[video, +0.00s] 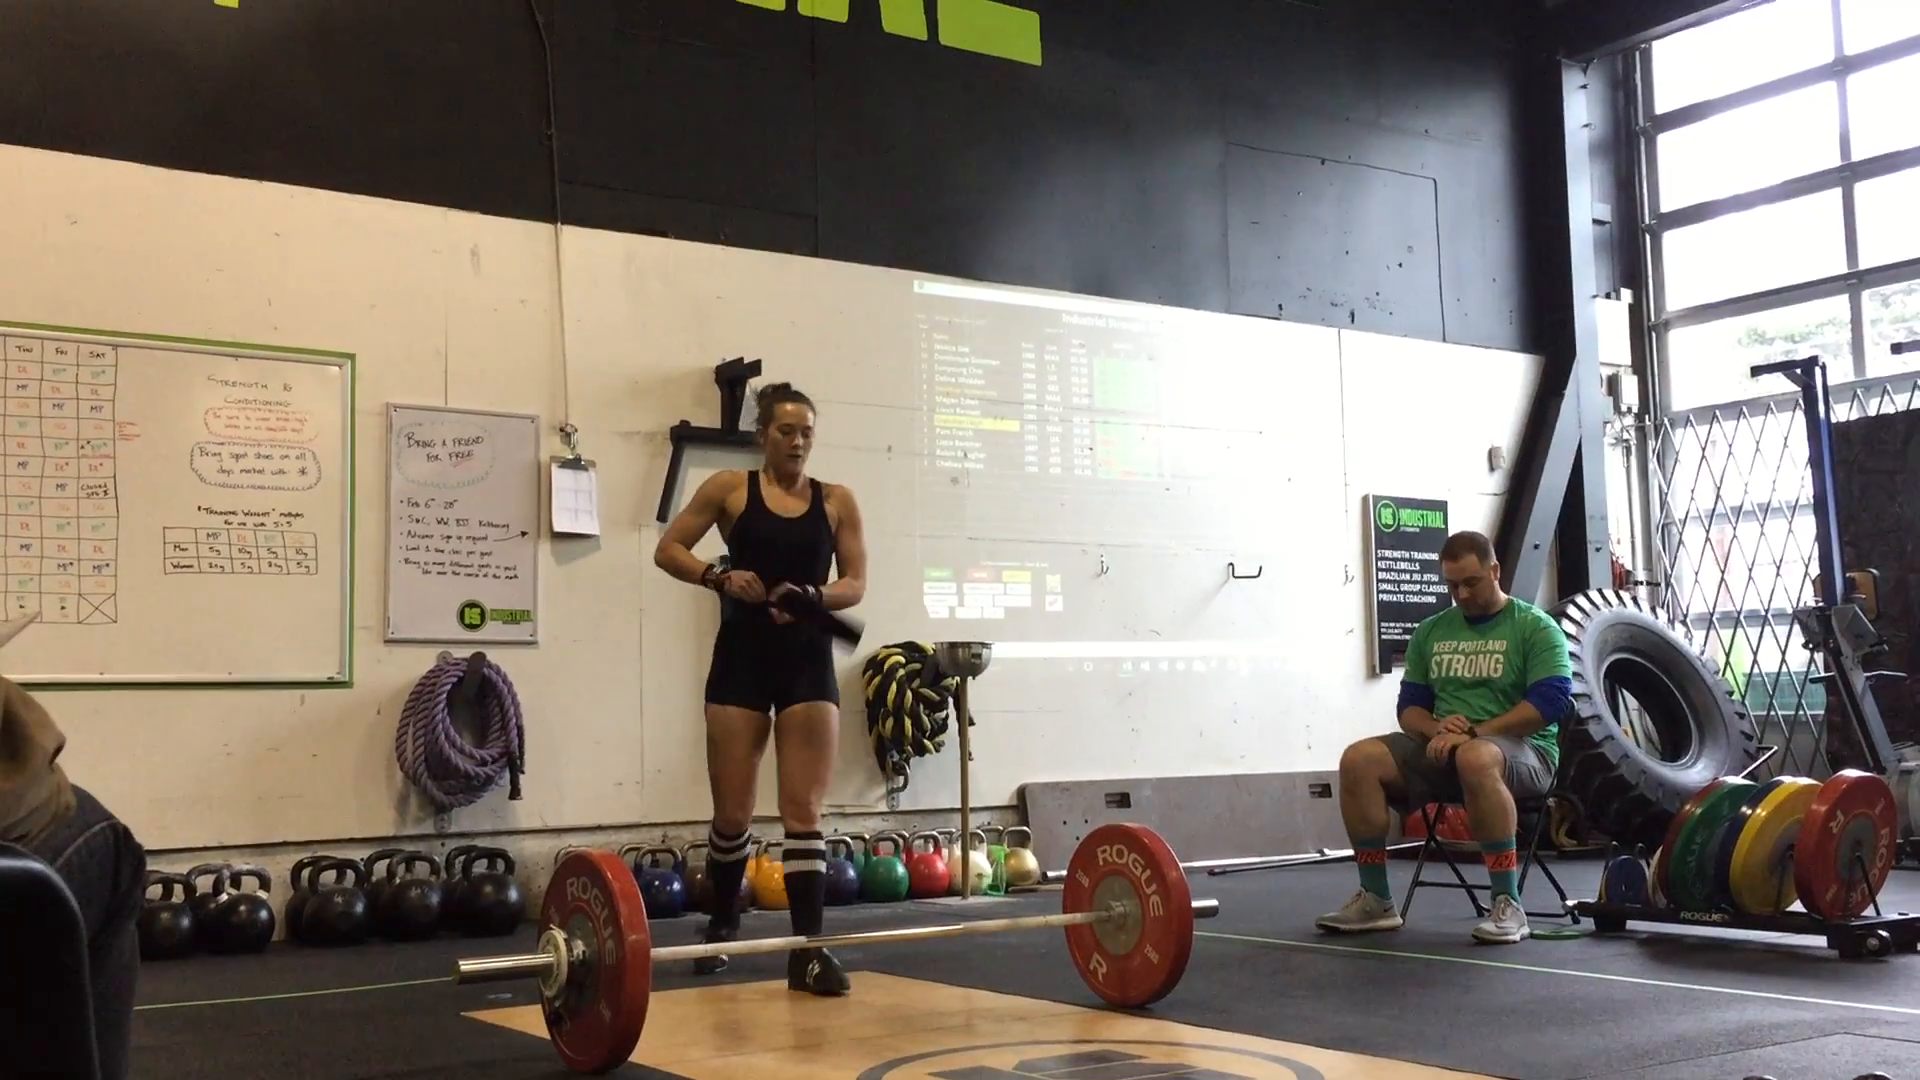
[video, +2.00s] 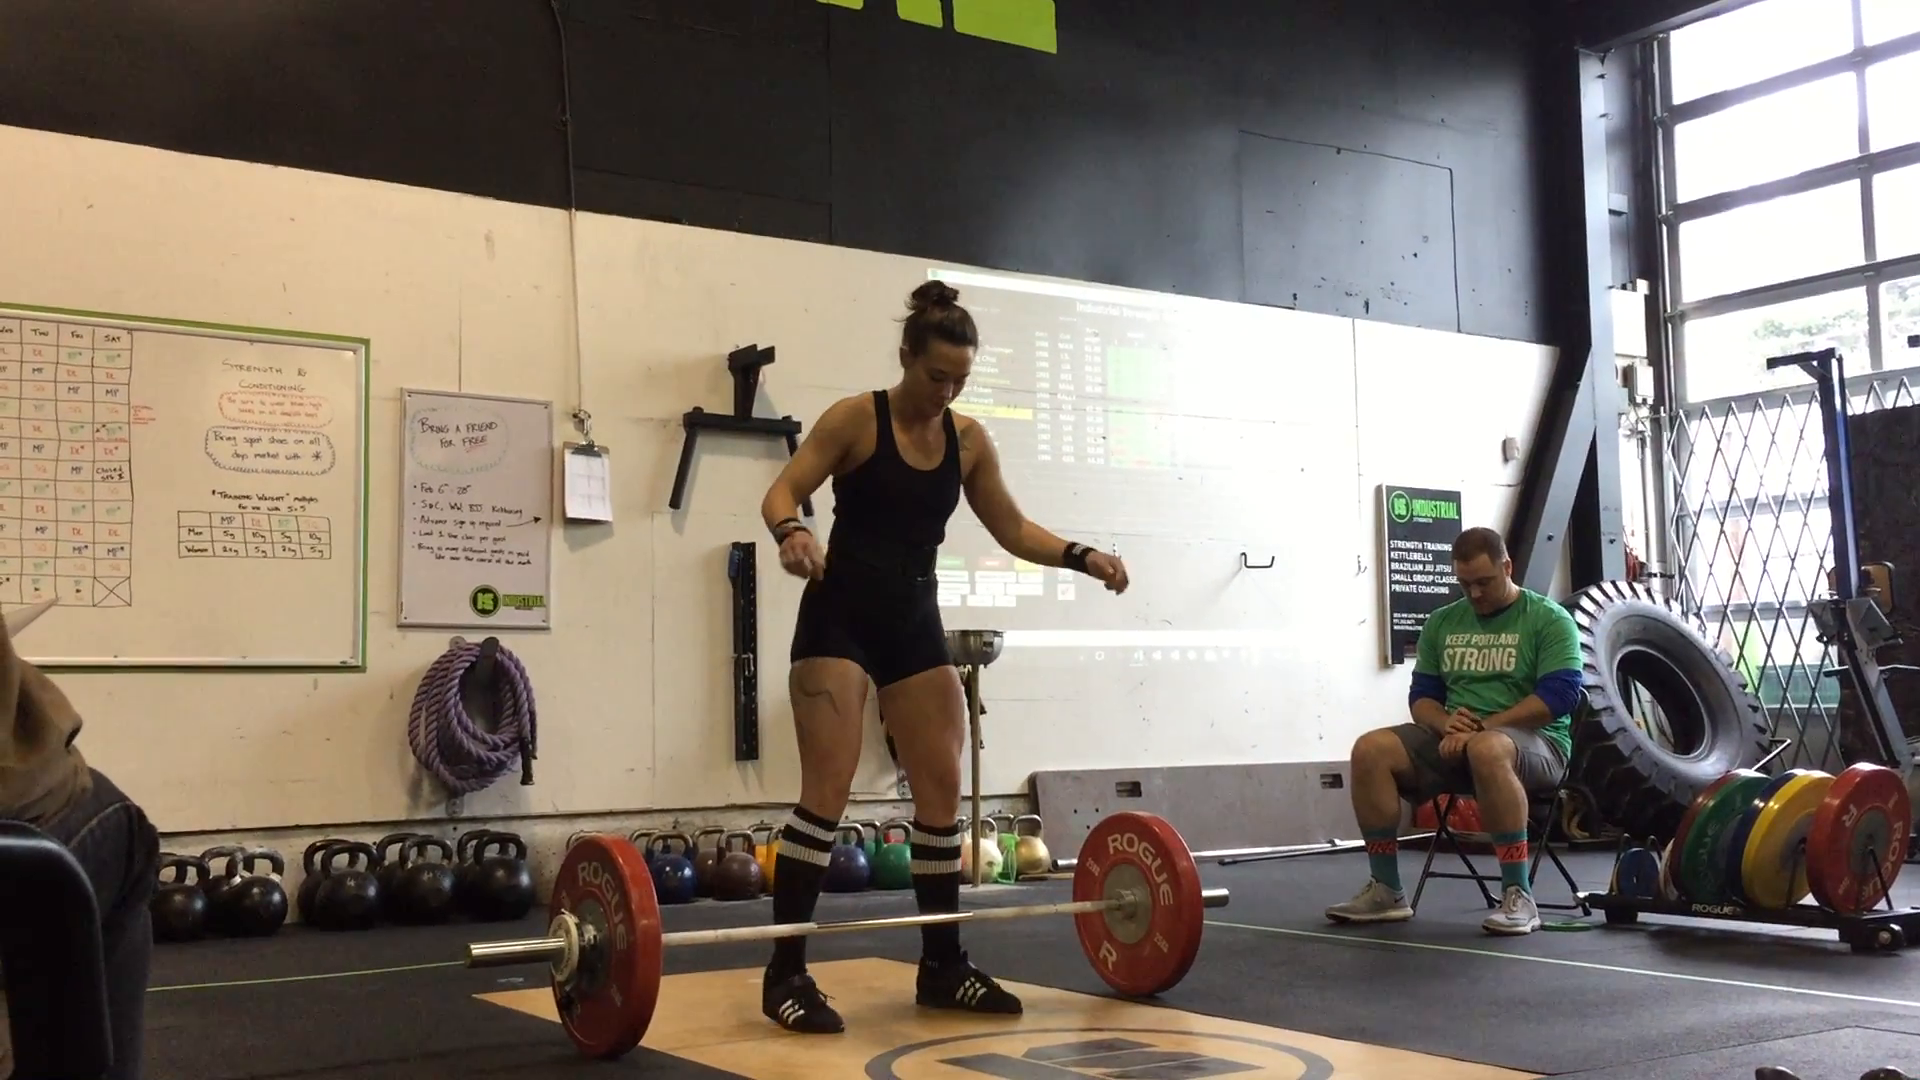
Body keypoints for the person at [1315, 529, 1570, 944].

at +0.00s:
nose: (1462, 594)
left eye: (1470, 582)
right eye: (1453, 585)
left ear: (1495, 571)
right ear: (1444, 579)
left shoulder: (1535, 626)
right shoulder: (1429, 632)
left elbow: (1551, 701)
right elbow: (1410, 708)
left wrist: (1473, 734)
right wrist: (1435, 727)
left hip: (1522, 750)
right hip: (1444, 752)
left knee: (1476, 758)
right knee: (1358, 760)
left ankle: (1506, 906)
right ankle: (1376, 900)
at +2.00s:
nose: (1475, 594)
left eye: (1484, 582)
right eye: (1465, 584)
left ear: (1508, 567)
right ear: (1455, 575)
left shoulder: (1549, 618)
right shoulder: (1441, 622)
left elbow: (1561, 694)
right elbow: (1422, 698)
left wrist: (1481, 730)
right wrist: (1444, 721)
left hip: (1535, 742)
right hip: (1454, 742)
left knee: (1487, 749)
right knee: (1370, 750)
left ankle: (1517, 897)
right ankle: (1386, 891)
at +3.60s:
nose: (1491, 586)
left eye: (1500, 574)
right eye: (1482, 577)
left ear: (1525, 559)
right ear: (1472, 569)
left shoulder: (1566, 610)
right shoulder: (1456, 615)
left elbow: (1577, 687)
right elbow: (1438, 691)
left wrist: (1498, 723)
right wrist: (1461, 715)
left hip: (1551, 735)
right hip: (1470, 735)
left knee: (1503, 743)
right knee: (1385, 744)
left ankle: (1534, 890)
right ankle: (1403, 884)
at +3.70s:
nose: (1491, 585)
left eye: (1500, 573)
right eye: (1482, 576)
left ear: (1525, 558)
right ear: (1472, 568)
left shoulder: (1566, 610)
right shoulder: (1456, 614)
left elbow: (1578, 686)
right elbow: (1438, 690)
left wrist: (1498, 722)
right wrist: (1461, 714)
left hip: (1552, 735)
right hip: (1470, 735)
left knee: (1503, 742)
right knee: (1385, 743)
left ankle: (1534, 890)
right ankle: (1403, 883)